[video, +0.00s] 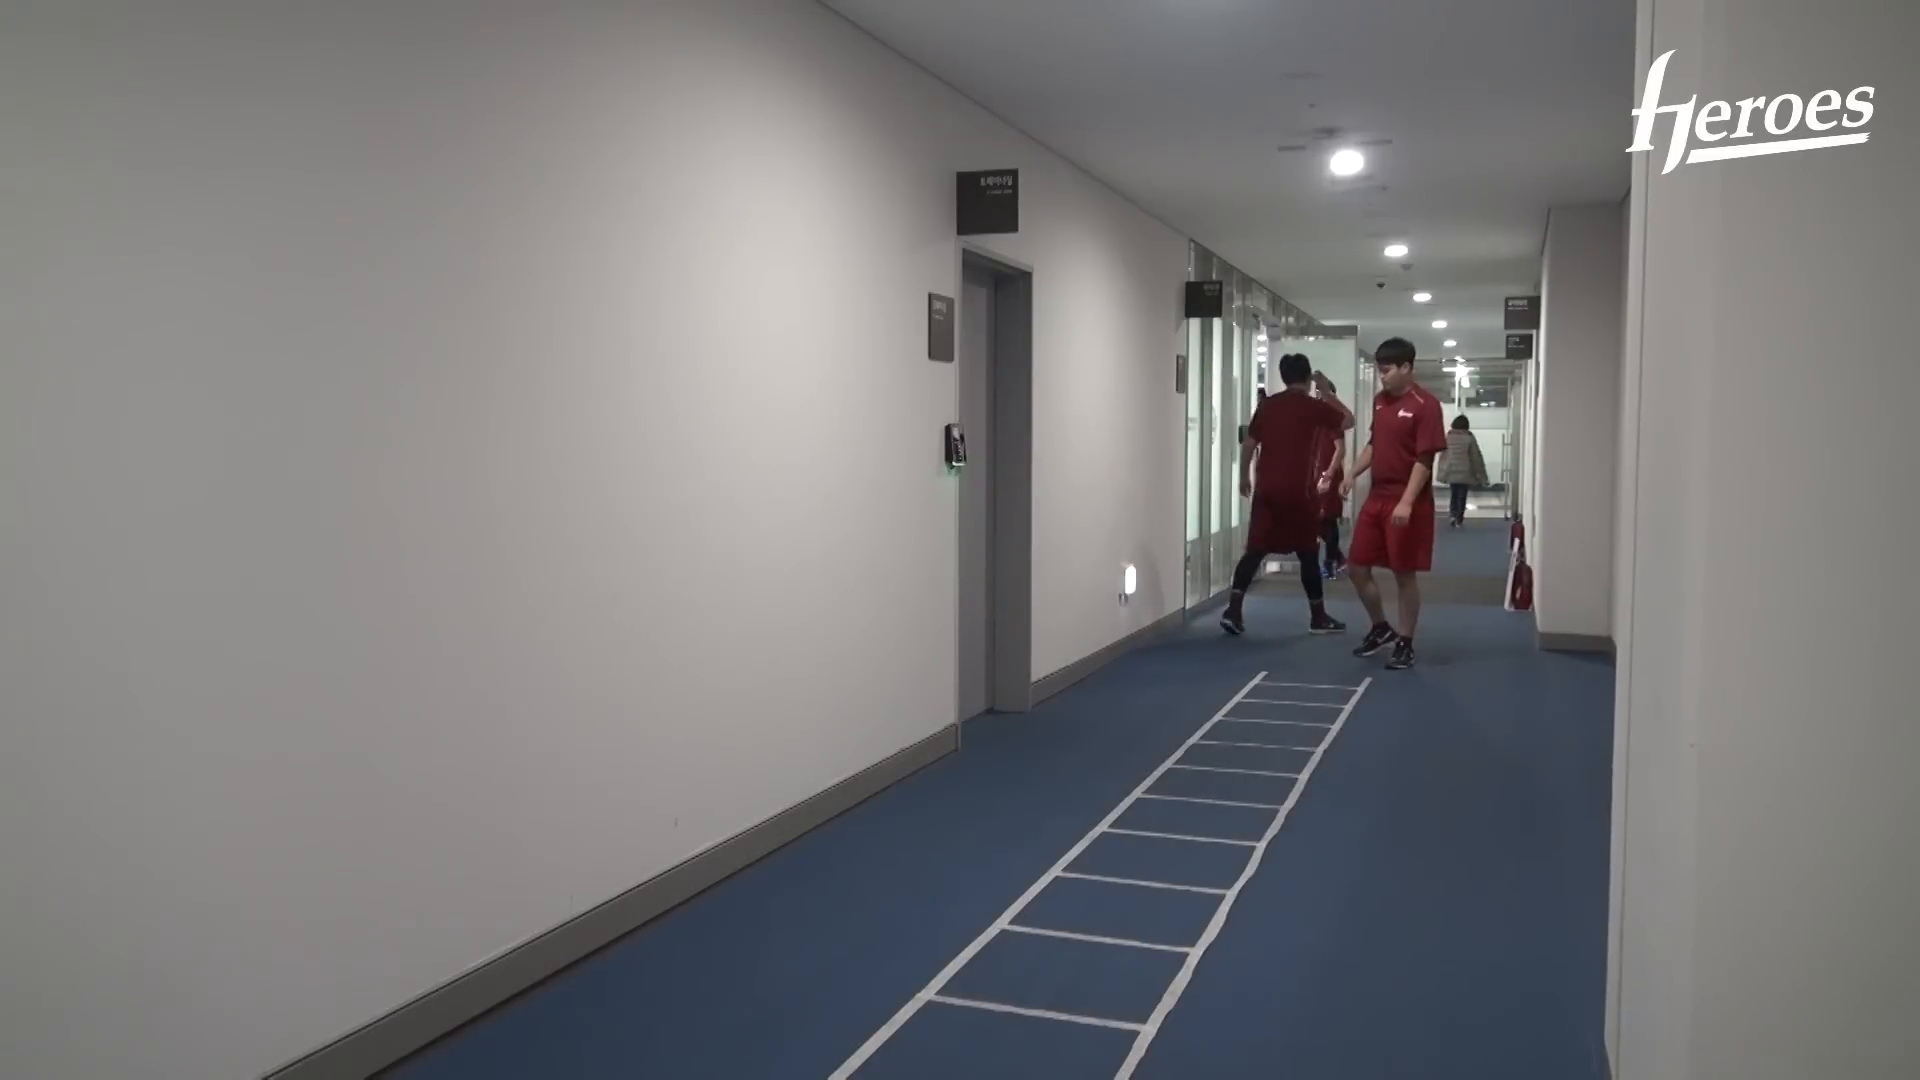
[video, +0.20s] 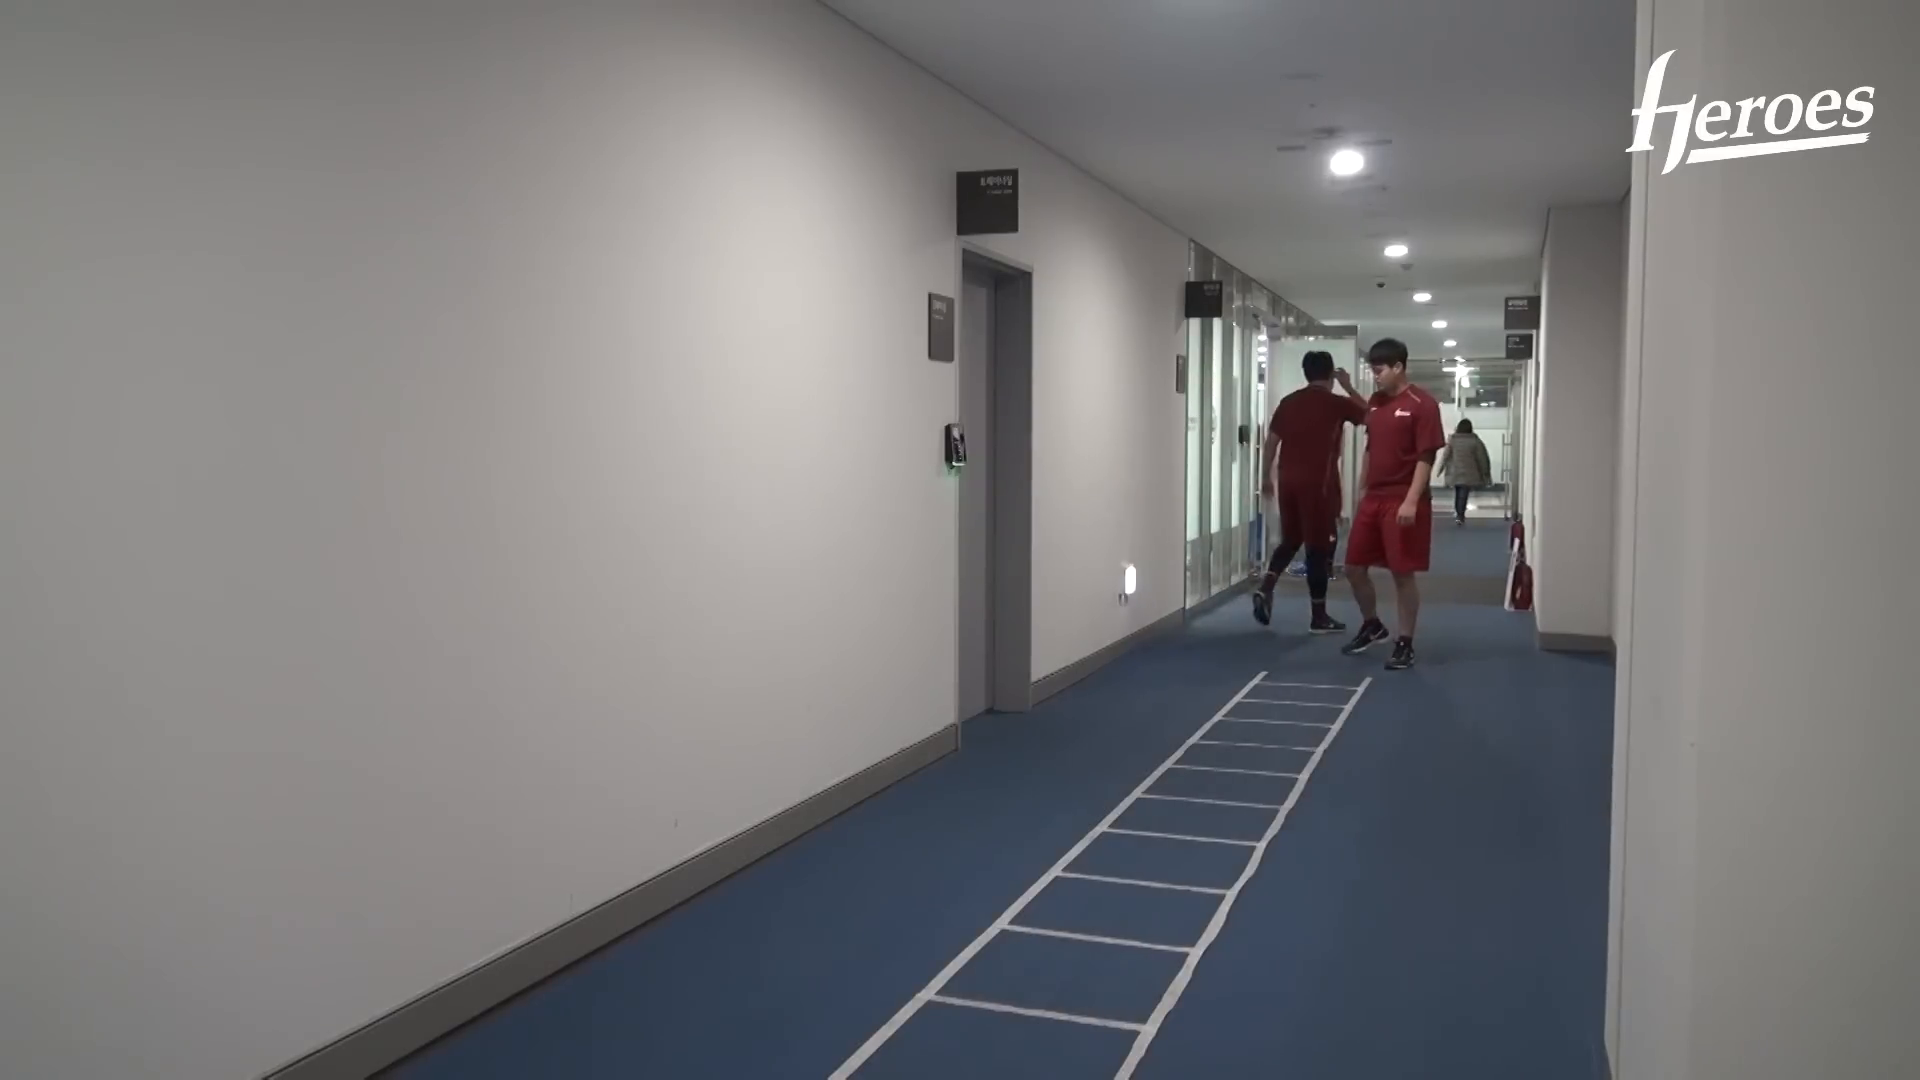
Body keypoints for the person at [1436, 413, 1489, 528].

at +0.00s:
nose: (1467, 426)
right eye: (1467, 424)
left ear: (1454, 424)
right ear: (1467, 425)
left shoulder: (1448, 438)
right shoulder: (1469, 438)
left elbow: (1443, 456)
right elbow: (1476, 459)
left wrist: (1440, 474)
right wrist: (1482, 477)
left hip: (1451, 470)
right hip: (1465, 470)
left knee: (1453, 494)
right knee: (1462, 496)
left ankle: (1453, 514)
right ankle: (1459, 518)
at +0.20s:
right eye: (1468, 427)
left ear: (1458, 427)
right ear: (1470, 428)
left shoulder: (1453, 440)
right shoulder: (1475, 441)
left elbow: (1446, 456)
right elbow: (1482, 458)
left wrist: (1440, 469)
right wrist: (1486, 474)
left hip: (1456, 470)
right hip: (1470, 471)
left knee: (1458, 493)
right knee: (1464, 494)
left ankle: (1459, 514)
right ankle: (1461, 516)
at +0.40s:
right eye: (1472, 425)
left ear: (1462, 425)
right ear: (1474, 426)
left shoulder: (1457, 437)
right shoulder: (1477, 437)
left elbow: (1450, 456)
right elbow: (1483, 457)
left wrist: (1445, 473)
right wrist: (1487, 474)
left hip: (1460, 470)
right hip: (1474, 471)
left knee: (1460, 494)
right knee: (1472, 492)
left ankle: (1460, 516)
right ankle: (1468, 510)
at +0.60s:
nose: (1478, 430)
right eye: (1479, 427)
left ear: (1467, 427)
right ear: (1479, 428)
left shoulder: (1461, 440)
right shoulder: (1482, 440)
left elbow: (1455, 458)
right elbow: (1486, 459)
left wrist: (1454, 472)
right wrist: (1488, 475)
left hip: (1463, 472)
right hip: (1478, 473)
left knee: (1463, 495)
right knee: (1480, 496)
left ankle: (1462, 516)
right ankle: (1482, 516)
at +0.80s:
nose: (1485, 428)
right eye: (1484, 427)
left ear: (1473, 426)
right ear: (1484, 427)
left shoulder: (1467, 439)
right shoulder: (1486, 440)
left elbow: (1462, 456)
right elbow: (1492, 457)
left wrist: (1463, 469)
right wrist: (1496, 473)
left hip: (1468, 471)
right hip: (1483, 472)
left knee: (1472, 492)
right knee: (1484, 495)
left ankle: (1469, 509)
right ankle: (1483, 516)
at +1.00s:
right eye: (1487, 425)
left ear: (1475, 425)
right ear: (1487, 426)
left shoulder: (1470, 437)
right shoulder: (1490, 438)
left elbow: (1464, 453)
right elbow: (1496, 456)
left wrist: (1461, 466)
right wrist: (1498, 471)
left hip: (1472, 469)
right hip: (1485, 469)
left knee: (1476, 491)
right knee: (1484, 492)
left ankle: (1479, 513)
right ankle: (1482, 514)